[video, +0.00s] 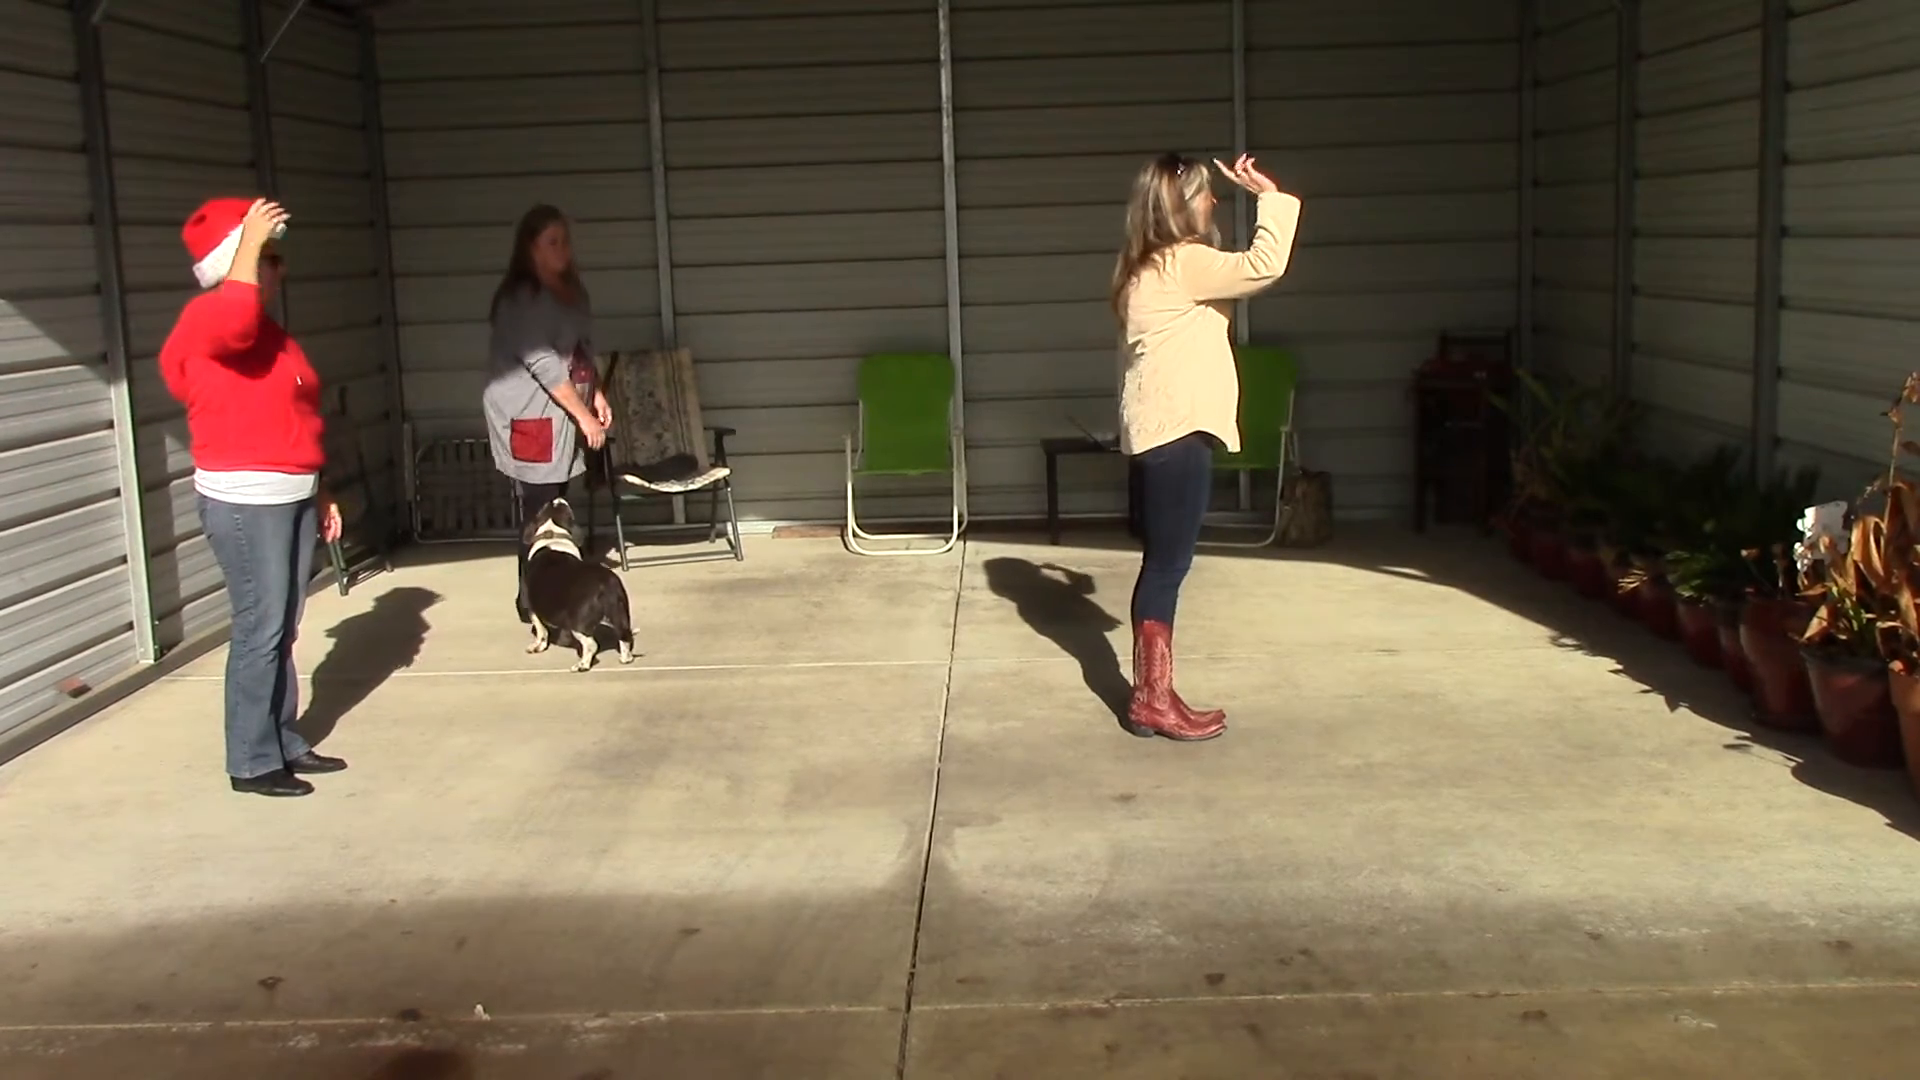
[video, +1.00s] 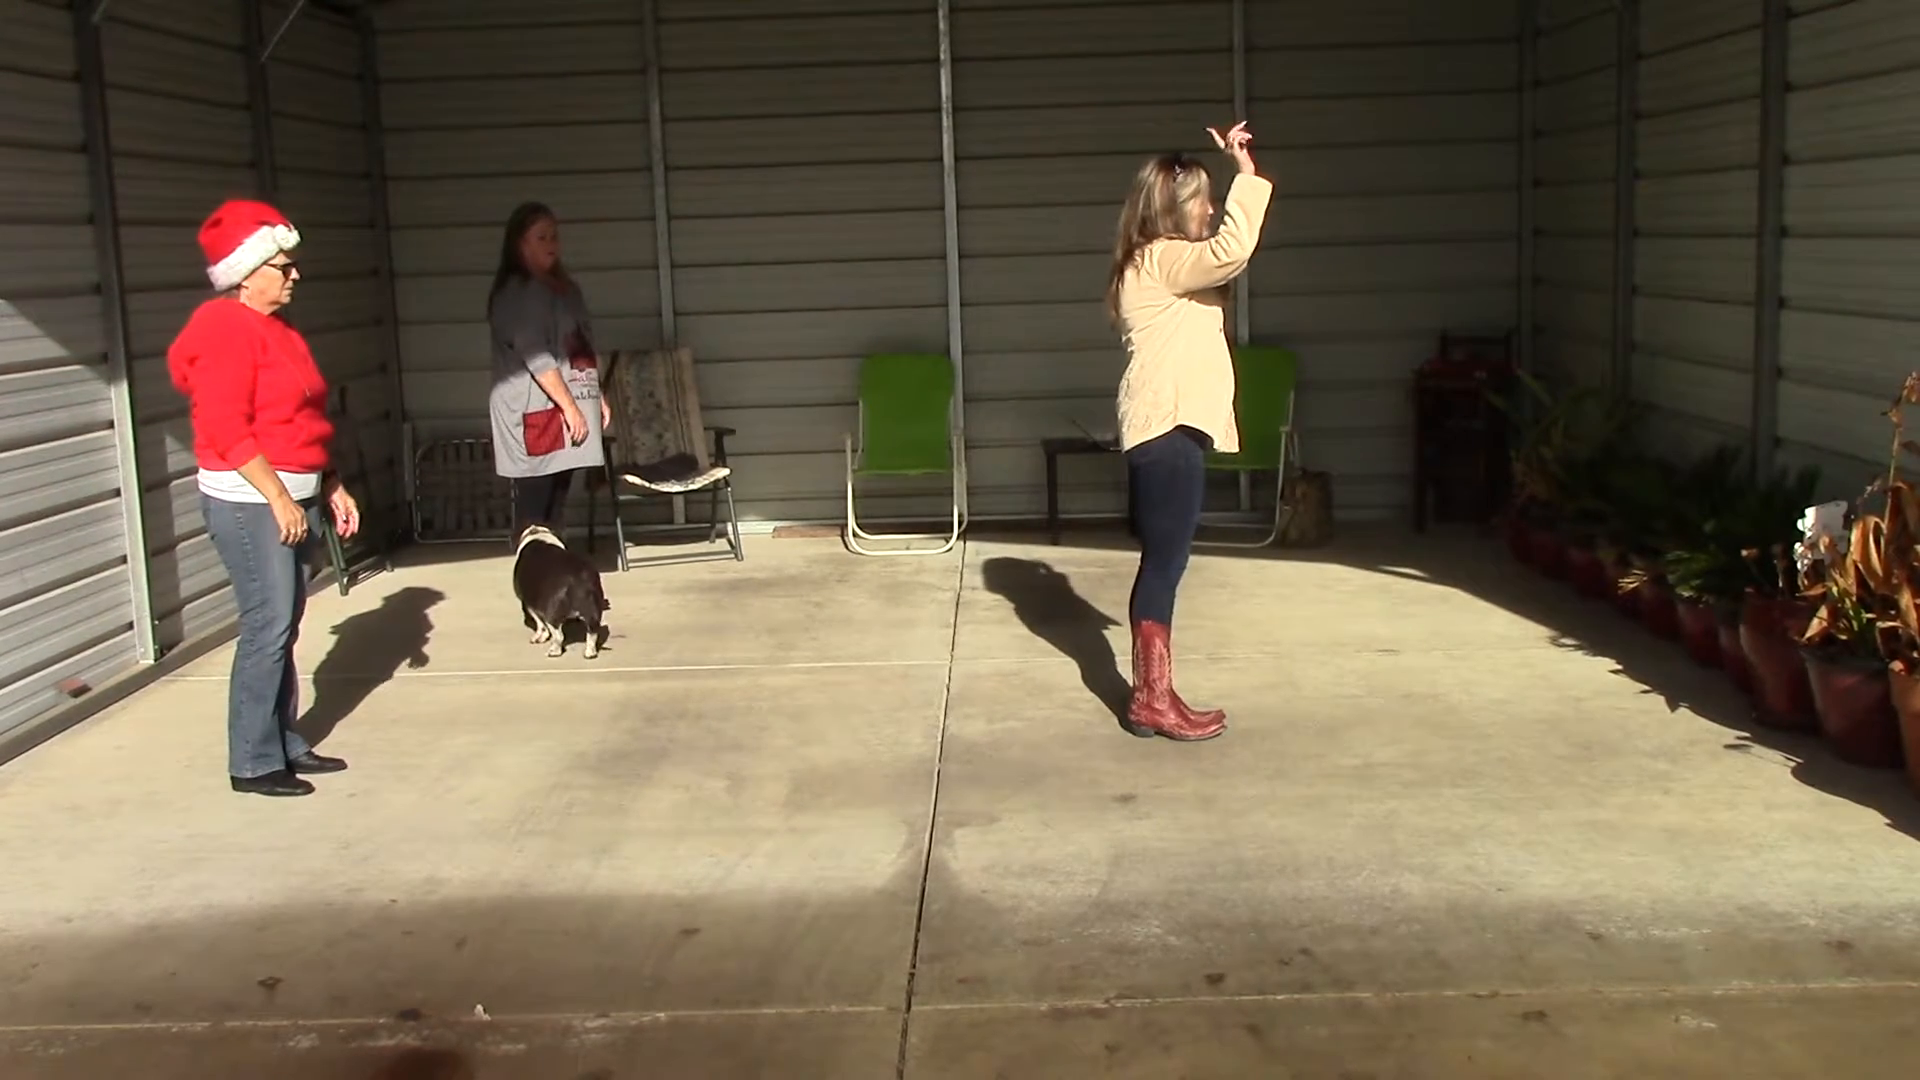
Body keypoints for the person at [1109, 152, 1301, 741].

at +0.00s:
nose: (1214, 213)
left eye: (1214, 202)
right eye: (1208, 203)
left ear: (1160, 205)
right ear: (1186, 205)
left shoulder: (1143, 270)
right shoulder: (1183, 262)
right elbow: (1265, 265)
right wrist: (1274, 198)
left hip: (1154, 432)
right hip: (1181, 431)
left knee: (1161, 562)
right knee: (1167, 565)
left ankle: (1153, 697)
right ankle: (1152, 700)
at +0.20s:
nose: (1212, 206)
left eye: (1210, 196)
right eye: (1205, 197)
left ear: (1162, 206)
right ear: (1178, 203)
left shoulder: (1142, 269)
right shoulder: (1174, 258)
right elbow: (1256, 249)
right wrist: (1270, 177)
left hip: (1157, 428)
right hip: (1180, 428)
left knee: (1163, 559)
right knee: (1169, 560)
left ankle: (1154, 695)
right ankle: (1151, 699)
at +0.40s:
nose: (1209, 208)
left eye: (1206, 197)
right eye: (1201, 198)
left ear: (1161, 205)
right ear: (1174, 203)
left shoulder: (1143, 266)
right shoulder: (1166, 257)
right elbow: (1245, 248)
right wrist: (1259, 173)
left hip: (1160, 427)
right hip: (1177, 427)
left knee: (1162, 559)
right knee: (1168, 560)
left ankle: (1152, 695)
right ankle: (1152, 699)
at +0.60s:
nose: (1208, 208)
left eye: (1206, 198)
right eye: (1199, 198)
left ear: (1161, 204)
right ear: (1171, 204)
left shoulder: (1147, 263)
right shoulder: (1161, 257)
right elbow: (1234, 247)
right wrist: (1247, 172)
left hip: (1161, 427)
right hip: (1173, 427)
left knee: (1163, 559)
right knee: (1167, 560)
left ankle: (1153, 695)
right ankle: (1152, 699)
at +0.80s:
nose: (1206, 208)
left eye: (1205, 198)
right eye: (1197, 199)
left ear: (1165, 204)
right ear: (1169, 205)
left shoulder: (1154, 261)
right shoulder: (1155, 258)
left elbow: (1226, 248)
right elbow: (1229, 245)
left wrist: (1240, 169)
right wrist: (1241, 168)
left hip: (1165, 427)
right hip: (1168, 428)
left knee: (1163, 559)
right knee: (1167, 560)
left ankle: (1153, 694)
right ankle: (1152, 698)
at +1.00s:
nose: (1213, 209)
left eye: (1211, 199)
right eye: (1204, 200)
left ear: (1170, 206)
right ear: (1174, 206)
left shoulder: (1158, 262)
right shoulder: (1160, 258)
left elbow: (1227, 254)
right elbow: (1231, 250)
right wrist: (1250, 177)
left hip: (1167, 428)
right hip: (1168, 428)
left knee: (1162, 560)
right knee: (1164, 560)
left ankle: (1154, 695)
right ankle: (1151, 699)